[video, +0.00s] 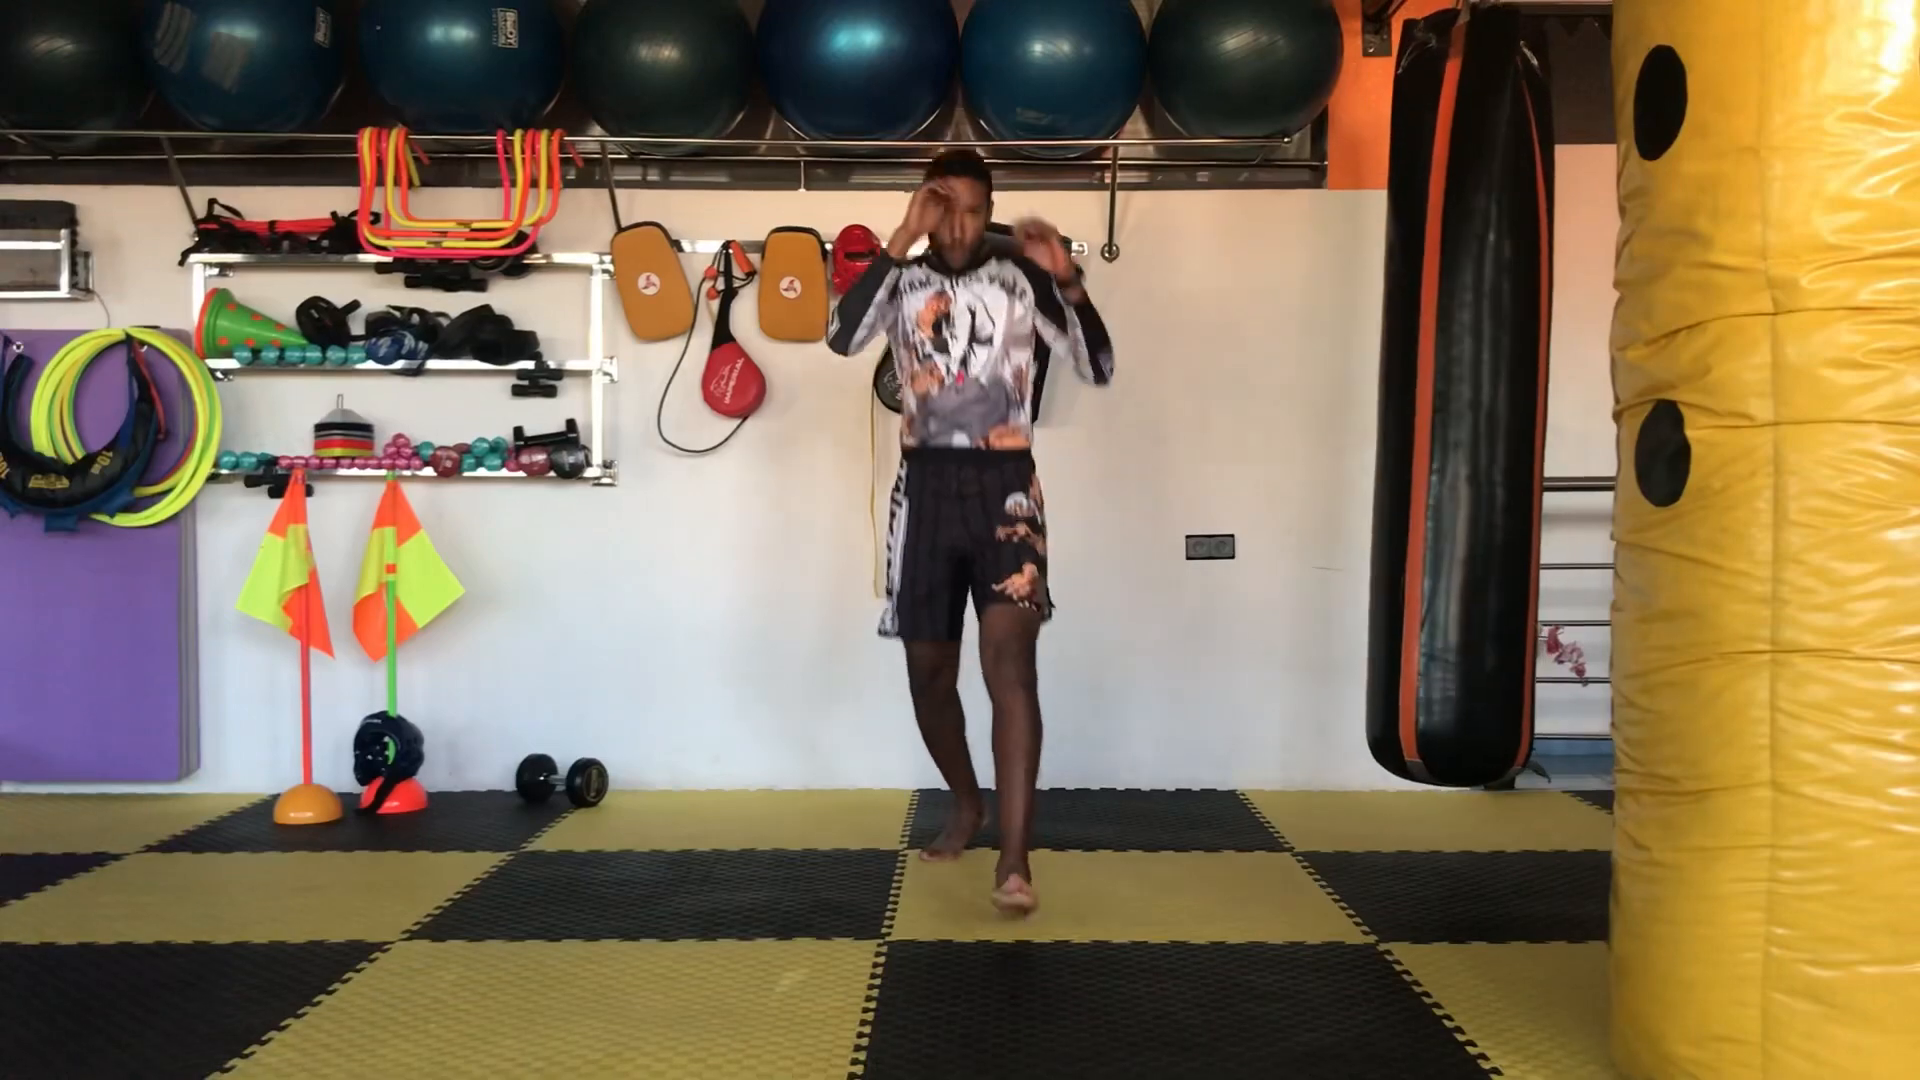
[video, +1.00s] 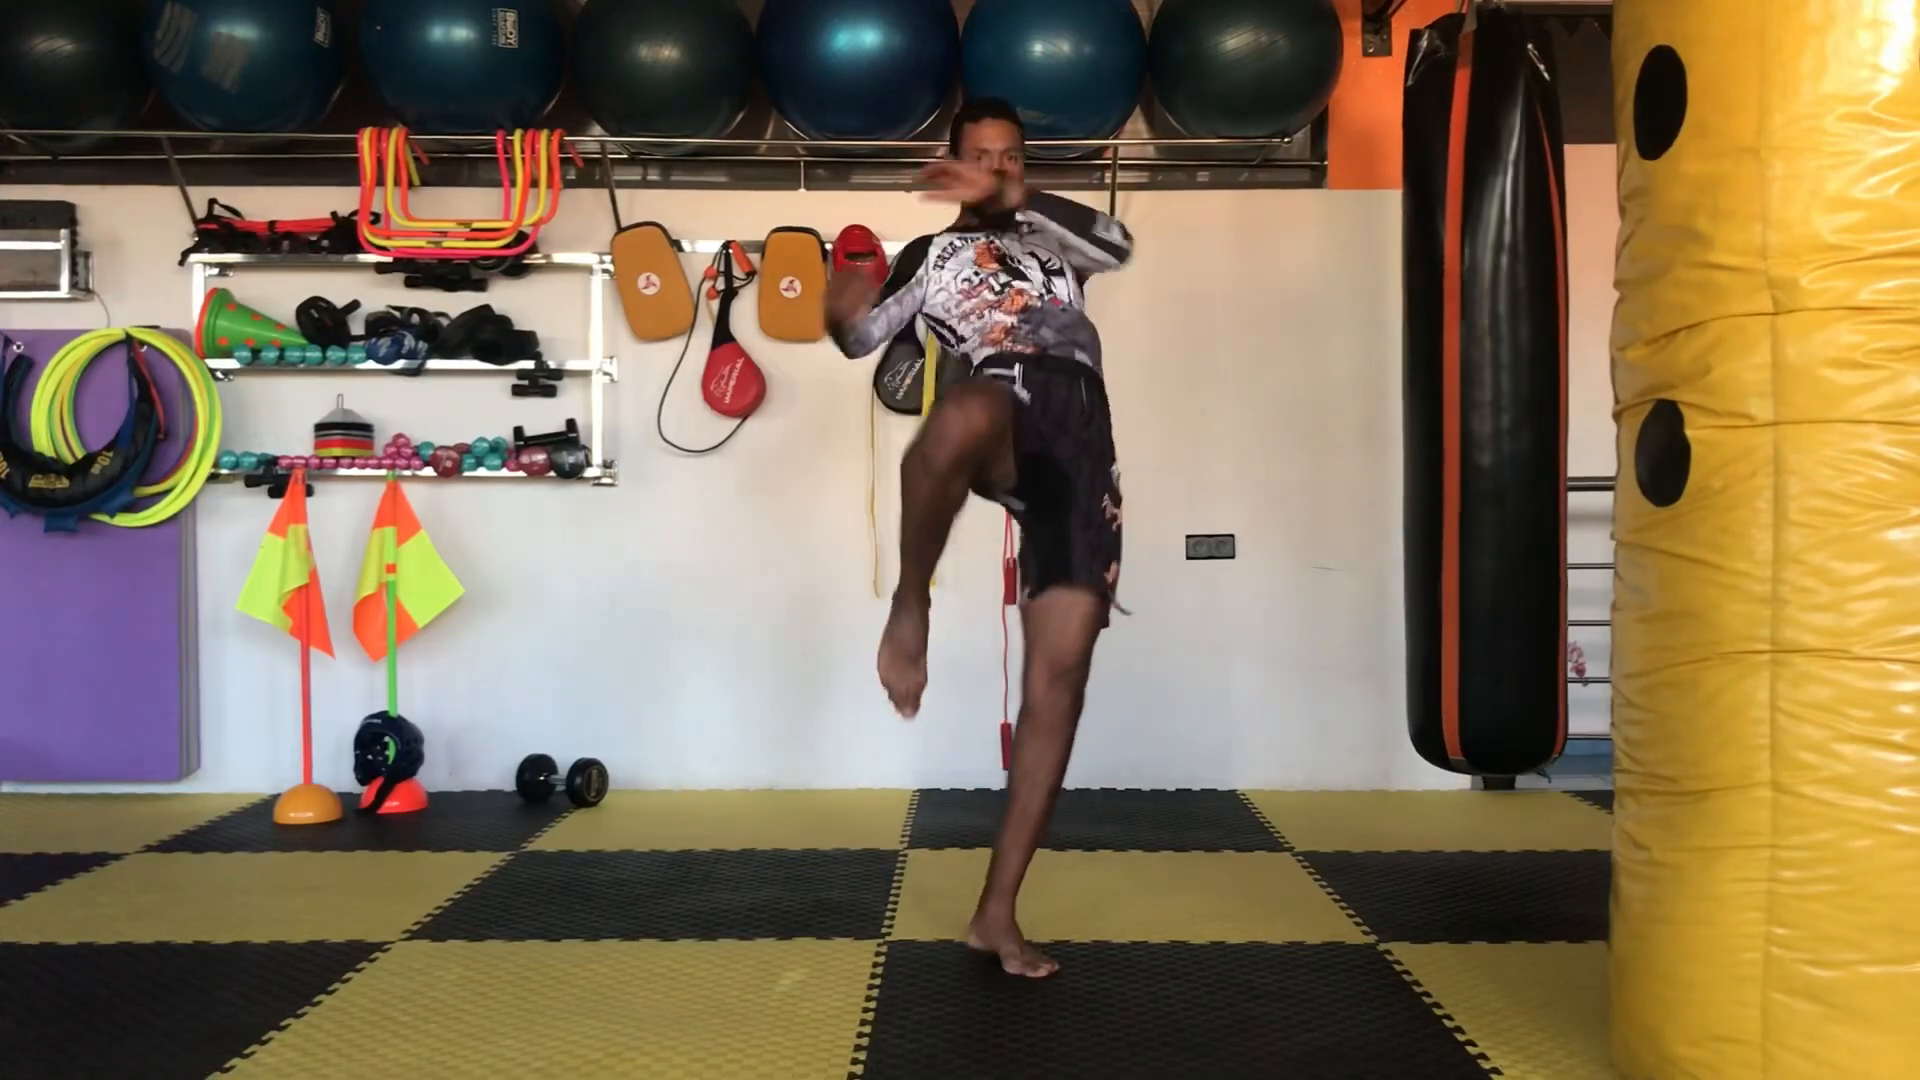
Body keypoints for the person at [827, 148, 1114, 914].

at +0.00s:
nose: (957, 221)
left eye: (971, 208)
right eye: (945, 206)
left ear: (989, 213)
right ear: (926, 213)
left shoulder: (1028, 278)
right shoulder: (904, 282)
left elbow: (1098, 368)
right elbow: (844, 338)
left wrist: (1066, 281)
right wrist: (896, 242)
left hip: (1005, 487)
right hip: (925, 487)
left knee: (1010, 667)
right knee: (929, 674)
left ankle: (1016, 857)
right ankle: (968, 803)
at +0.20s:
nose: (979, 234)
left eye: (993, 218)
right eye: (965, 219)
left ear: (1015, 222)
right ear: (944, 223)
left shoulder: (1053, 290)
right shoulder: (914, 291)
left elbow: (1160, 309)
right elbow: (845, 267)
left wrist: (1136, 218)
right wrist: (933, 176)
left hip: (1025, 509)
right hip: (938, 511)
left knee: (1043, 688)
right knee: (917, 728)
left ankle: (1021, 907)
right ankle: (966, 779)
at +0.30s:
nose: (993, 202)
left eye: (1007, 186)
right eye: (978, 187)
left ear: (1027, 188)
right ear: (958, 190)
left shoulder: (1069, 253)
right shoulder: (929, 276)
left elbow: (1151, 227)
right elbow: (823, 322)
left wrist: (1084, 139)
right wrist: (862, 251)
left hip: (1046, 475)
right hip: (956, 472)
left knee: (1057, 693)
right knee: (880, 682)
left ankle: (1021, 908)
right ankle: (947, 732)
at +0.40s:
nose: (988, 185)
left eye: (1003, 169)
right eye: (975, 170)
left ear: (1034, 172)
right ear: (959, 177)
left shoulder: (1070, 230)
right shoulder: (940, 259)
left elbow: (1094, 185)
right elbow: (879, 336)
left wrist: (986, 141)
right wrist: (819, 374)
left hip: (1056, 439)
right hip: (964, 435)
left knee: (1069, 666)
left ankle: (1023, 897)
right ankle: (919, 644)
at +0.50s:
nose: (1002, 176)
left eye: (1016, 164)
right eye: (987, 166)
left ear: (1035, 164)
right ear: (962, 170)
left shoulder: (1062, 221)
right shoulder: (935, 250)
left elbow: (1027, 181)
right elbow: (880, 366)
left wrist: (914, 182)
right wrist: (818, 477)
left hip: (1064, 405)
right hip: (970, 391)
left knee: (1074, 657)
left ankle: (1029, 888)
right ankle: (900, 540)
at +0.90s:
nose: (990, 191)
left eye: (1003, 178)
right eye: (975, 179)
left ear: (1023, 183)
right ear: (951, 188)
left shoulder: (1054, 250)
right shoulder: (934, 274)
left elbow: (1076, 230)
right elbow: (850, 342)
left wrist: (947, 204)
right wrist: (795, 339)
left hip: (1088, 434)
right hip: (1001, 415)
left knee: (1080, 682)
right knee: (960, 348)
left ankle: (1014, 895)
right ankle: (907, 566)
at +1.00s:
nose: (995, 171)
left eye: (1008, 158)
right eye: (978, 157)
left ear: (1026, 165)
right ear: (953, 169)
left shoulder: (1057, 234)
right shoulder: (934, 256)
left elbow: (1115, 246)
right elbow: (860, 340)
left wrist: (1010, 194)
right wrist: (845, 305)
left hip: (1079, 435)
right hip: (996, 417)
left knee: (1059, 686)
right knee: (960, 415)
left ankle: (998, 908)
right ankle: (911, 604)